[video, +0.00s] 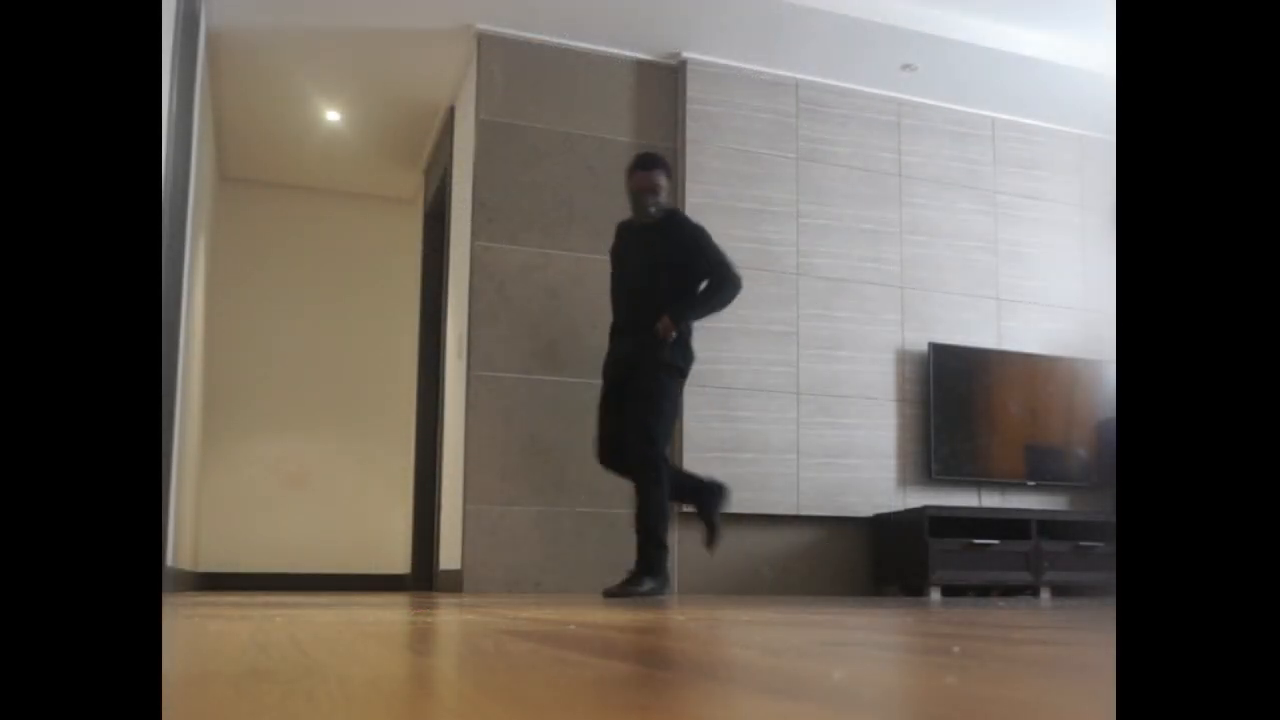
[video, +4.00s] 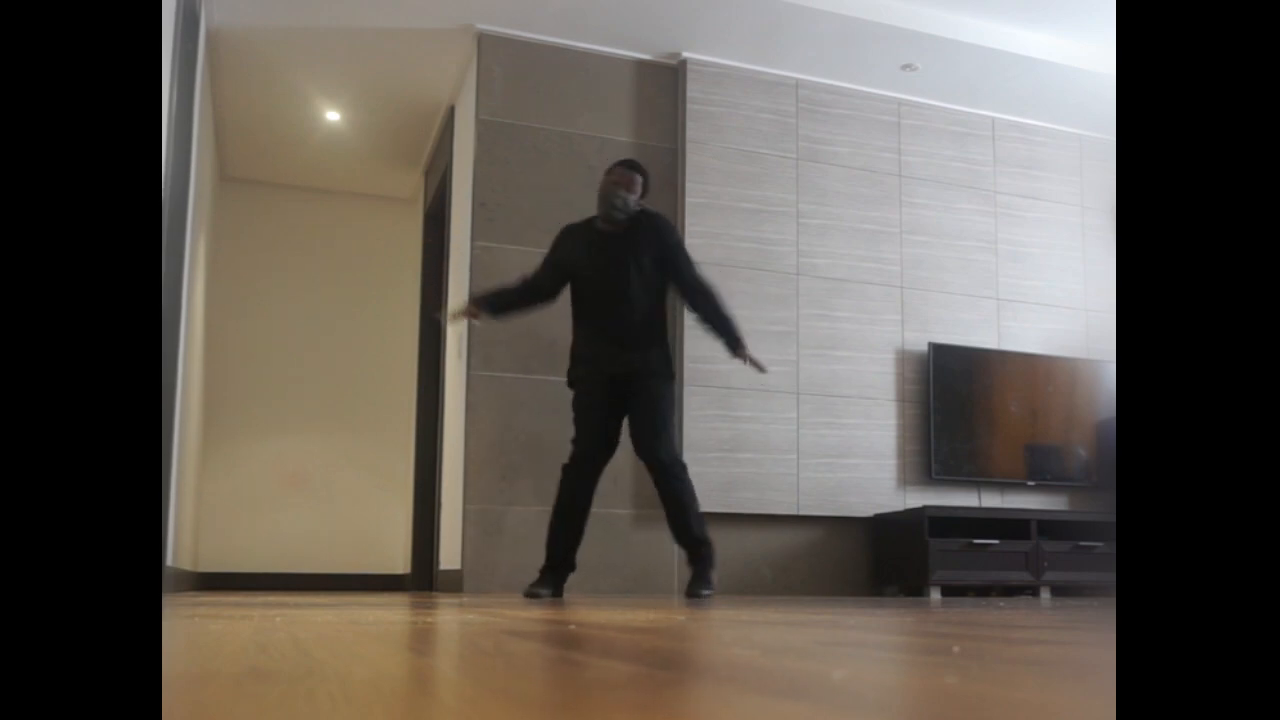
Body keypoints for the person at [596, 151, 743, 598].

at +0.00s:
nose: (648, 198)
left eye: (656, 190)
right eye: (640, 191)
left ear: (669, 189)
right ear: (628, 192)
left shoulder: (681, 231)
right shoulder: (625, 235)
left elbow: (728, 282)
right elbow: (624, 293)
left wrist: (680, 316)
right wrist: (620, 338)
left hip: (662, 359)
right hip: (624, 356)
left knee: (649, 458)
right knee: (613, 453)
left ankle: (652, 571)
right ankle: (703, 492)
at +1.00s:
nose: (634, 214)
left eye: (640, 205)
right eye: (626, 208)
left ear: (657, 201)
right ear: (618, 211)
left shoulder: (692, 239)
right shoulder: (617, 256)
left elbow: (725, 293)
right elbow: (616, 321)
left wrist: (702, 330)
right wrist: (606, 371)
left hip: (676, 372)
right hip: (626, 375)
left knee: (679, 465)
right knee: (601, 459)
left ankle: (693, 570)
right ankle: (610, 559)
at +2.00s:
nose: (568, 212)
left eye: (572, 206)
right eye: (558, 207)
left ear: (580, 212)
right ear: (539, 214)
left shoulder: (599, 252)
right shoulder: (523, 248)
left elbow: (604, 285)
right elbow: (508, 292)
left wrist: (594, 308)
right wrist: (505, 283)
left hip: (602, 384)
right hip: (546, 388)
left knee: (647, 470)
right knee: (520, 479)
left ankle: (686, 564)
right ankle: (503, 573)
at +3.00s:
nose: (614, 191)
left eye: (620, 184)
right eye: (606, 187)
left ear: (637, 188)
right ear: (598, 197)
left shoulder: (669, 243)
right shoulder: (586, 243)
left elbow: (717, 297)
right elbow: (545, 280)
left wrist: (786, 323)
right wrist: (515, 306)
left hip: (654, 368)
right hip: (598, 363)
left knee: (663, 468)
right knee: (548, 442)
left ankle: (664, 571)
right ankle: (544, 555)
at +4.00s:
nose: (620, 193)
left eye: (629, 189)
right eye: (614, 185)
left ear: (640, 198)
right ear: (601, 187)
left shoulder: (655, 233)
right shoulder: (575, 238)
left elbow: (693, 288)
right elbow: (541, 287)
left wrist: (734, 341)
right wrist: (485, 305)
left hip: (649, 374)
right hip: (595, 375)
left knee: (660, 458)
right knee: (582, 466)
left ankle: (701, 562)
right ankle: (553, 574)